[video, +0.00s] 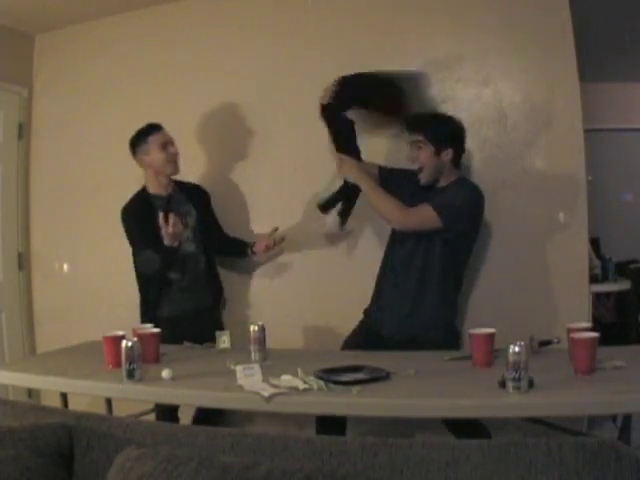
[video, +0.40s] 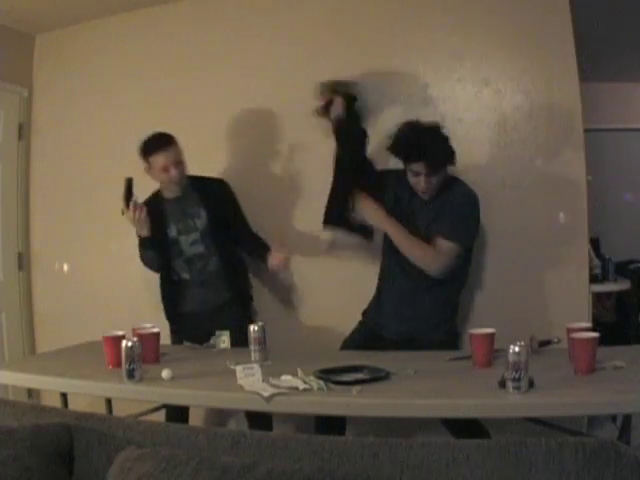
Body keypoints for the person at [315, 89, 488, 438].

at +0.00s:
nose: (413, 157)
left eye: (420, 148)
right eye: (413, 148)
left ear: (448, 154)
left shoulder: (466, 198)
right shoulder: (413, 184)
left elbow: (401, 218)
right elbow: (356, 167)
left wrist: (360, 180)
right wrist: (334, 115)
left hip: (429, 328)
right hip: (382, 320)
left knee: (456, 414)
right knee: (330, 387)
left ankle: (500, 469)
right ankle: (329, 476)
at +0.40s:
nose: (421, 183)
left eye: (429, 175)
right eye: (414, 174)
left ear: (445, 168)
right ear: (404, 167)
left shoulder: (461, 200)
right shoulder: (397, 185)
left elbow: (439, 264)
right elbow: (352, 176)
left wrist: (384, 222)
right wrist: (343, 125)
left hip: (431, 329)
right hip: (381, 321)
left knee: (455, 413)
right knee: (327, 389)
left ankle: (499, 469)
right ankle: (328, 472)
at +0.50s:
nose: (420, 180)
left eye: (428, 170)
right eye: (411, 170)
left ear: (440, 163)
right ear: (400, 163)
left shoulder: (460, 200)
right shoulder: (387, 185)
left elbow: (477, 267)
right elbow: (351, 191)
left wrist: (411, 257)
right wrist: (354, 137)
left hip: (433, 326)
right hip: (381, 321)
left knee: (454, 409)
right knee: (330, 385)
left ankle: (499, 467)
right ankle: (327, 469)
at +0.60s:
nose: (424, 179)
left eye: (432, 170)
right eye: (416, 170)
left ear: (441, 163)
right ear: (401, 163)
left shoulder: (461, 201)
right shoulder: (384, 187)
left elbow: (493, 260)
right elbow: (342, 194)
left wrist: (454, 287)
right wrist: (328, 143)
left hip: (437, 325)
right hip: (385, 318)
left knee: (455, 407)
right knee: (333, 388)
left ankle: (499, 469)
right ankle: (327, 474)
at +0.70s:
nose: (429, 181)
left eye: (437, 172)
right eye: (421, 172)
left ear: (446, 165)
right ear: (405, 164)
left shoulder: (464, 201)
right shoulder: (388, 184)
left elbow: (491, 257)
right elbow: (340, 186)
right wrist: (305, 146)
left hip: (437, 326)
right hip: (384, 321)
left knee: (458, 408)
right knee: (334, 385)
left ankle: (498, 468)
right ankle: (330, 469)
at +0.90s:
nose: (421, 170)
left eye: (430, 161)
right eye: (413, 161)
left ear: (443, 158)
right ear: (402, 157)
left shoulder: (464, 198)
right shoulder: (389, 185)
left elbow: (514, 251)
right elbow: (333, 179)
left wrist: (533, 321)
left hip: (435, 330)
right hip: (380, 324)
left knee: (459, 411)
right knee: (331, 391)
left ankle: (503, 474)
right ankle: (327, 474)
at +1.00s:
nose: (419, 170)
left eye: (428, 162)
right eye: (411, 161)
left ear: (444, 158)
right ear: (402, 157)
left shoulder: (468, 197)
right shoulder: (391, 186)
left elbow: (522, 243)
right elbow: (326, 179)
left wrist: (519, 314)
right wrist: (370, 133)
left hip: (436, 328)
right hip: (381, 322)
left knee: (458, 409)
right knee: (332, 391)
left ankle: (502, 474)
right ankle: (328, 476)